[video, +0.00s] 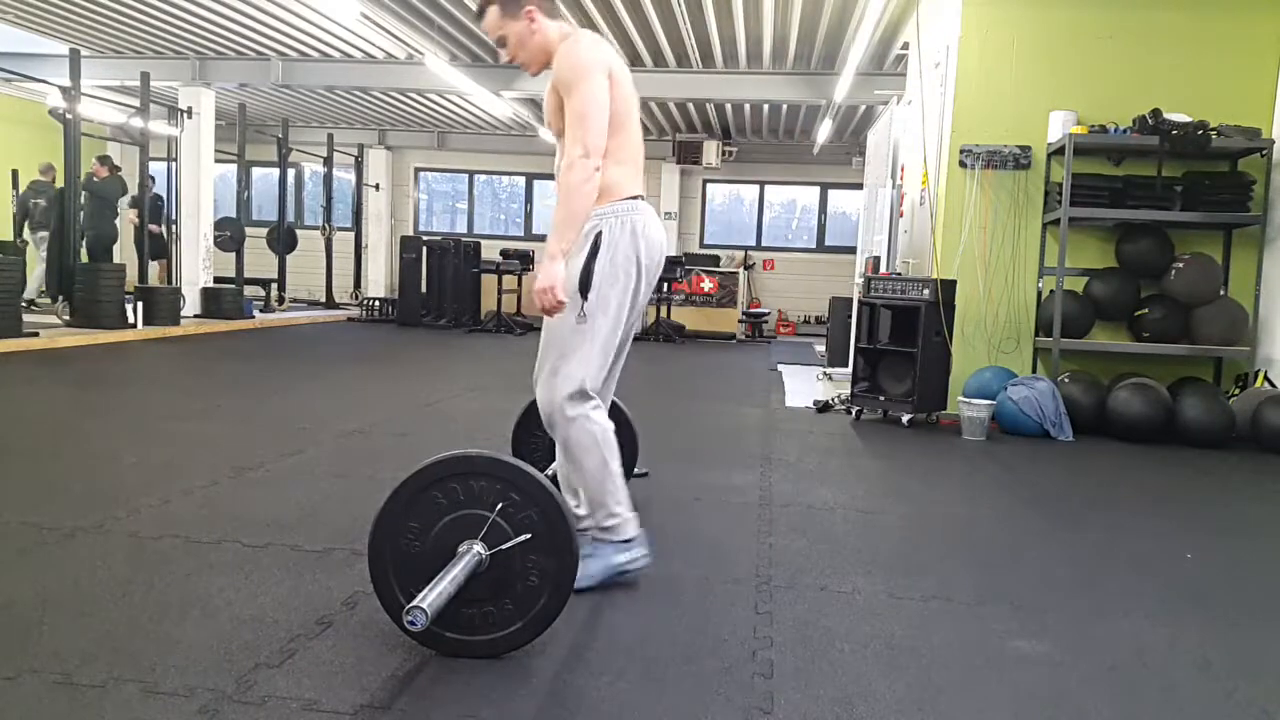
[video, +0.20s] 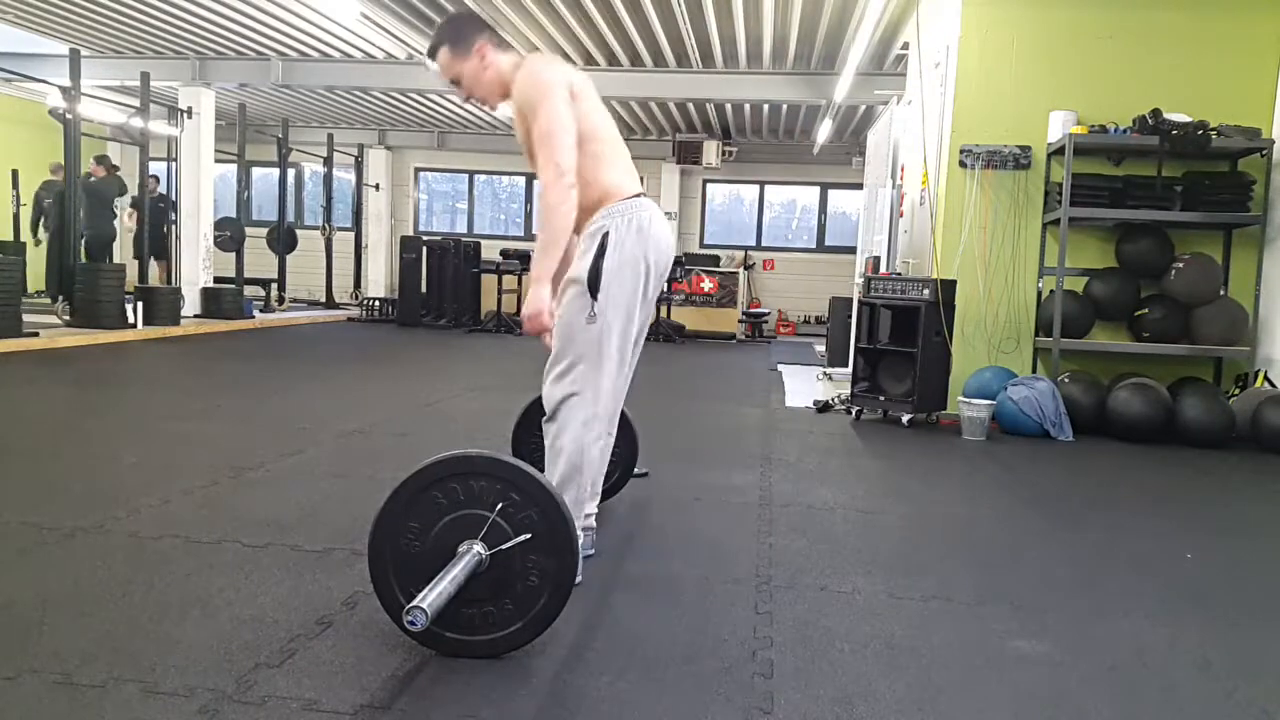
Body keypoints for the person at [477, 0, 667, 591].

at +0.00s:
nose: (505, 55)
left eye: (503, 40)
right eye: (497, 46)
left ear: (532, 14)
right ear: (534, 17)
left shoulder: (580, 53)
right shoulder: (585, 60)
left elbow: (585, 159)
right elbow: (592, 169)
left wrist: (554, 258)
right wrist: (564, 260)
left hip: (614, 231)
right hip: (616, 231)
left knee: (565, 390)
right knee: (571, 391)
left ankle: (616, 537)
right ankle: (578, 525)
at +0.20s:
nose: (462, 96)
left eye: (458, 81)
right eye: (454, 88)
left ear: (485, 53)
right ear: (485, 59)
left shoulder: (538, 76)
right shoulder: (543, 87)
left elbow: (560, 179)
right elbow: (578, 204)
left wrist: (540, 282)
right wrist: (561, 290)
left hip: (618, 233)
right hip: (619, 233)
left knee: (575, 387)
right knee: (586, 385)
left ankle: (567, 534)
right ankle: (576, 523)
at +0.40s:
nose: (434, 180)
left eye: (427, 166)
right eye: (424, 173)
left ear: (445, 135)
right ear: (446, 136)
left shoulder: (494, 145)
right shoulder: (513, 146)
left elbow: (515, 258)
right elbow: (548, 272)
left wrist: (509, 364)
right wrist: (547, 358)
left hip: (631, 249)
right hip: (641, 245)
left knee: (559, 392)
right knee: (578, 391)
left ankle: (564, 541)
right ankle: (578, 528)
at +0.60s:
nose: (423, 263)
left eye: (415, 249)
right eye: (412, 255)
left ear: (433, 217)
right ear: (435, 214)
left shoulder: (477, 222)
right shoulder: (508, 219)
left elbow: (496, 335)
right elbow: (538, 326)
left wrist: (494, 443)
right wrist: (529, 407)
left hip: (635, 273)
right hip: (651, 266)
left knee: (536, 406)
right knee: (572, 403)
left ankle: (557, 547)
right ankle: (578, 529)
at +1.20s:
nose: (392, 227)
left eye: (389, 211)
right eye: (386, 216)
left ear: (418, 190)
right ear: (425, 190)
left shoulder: (464, 207)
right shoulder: (489, 202)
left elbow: (496, 311)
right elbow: (536, 309)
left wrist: (502, 415)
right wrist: (546, 381)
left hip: (620, 254)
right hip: (642, 245)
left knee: (555, 394)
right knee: (593, 392)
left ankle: (557, 551)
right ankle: (576, 528)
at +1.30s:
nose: (392, 167)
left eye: (391, 151)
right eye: (387, 155)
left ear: (420, 137)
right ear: (423, 140)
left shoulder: (466, 159)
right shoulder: (482, 158)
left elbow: (497, 259)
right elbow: (540, 267)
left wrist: (498, 361)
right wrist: (536, 352)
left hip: (620, 239)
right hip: (613, 241)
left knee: (589, 394)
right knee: (586, 391)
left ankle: (562, 549)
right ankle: (574, 528)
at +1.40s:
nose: (404, 100)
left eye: (408, 86)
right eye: (401, 89)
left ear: (441, 76)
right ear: (448, 77)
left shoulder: (479, 109)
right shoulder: (499, 108)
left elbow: (502, 213)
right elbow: (547, 233)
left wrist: (493, 312)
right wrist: (530, 314)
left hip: (603, 239)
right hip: (609, 237)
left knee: (563, 396)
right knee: (581, 395)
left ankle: (557, 548)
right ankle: (575, 528)